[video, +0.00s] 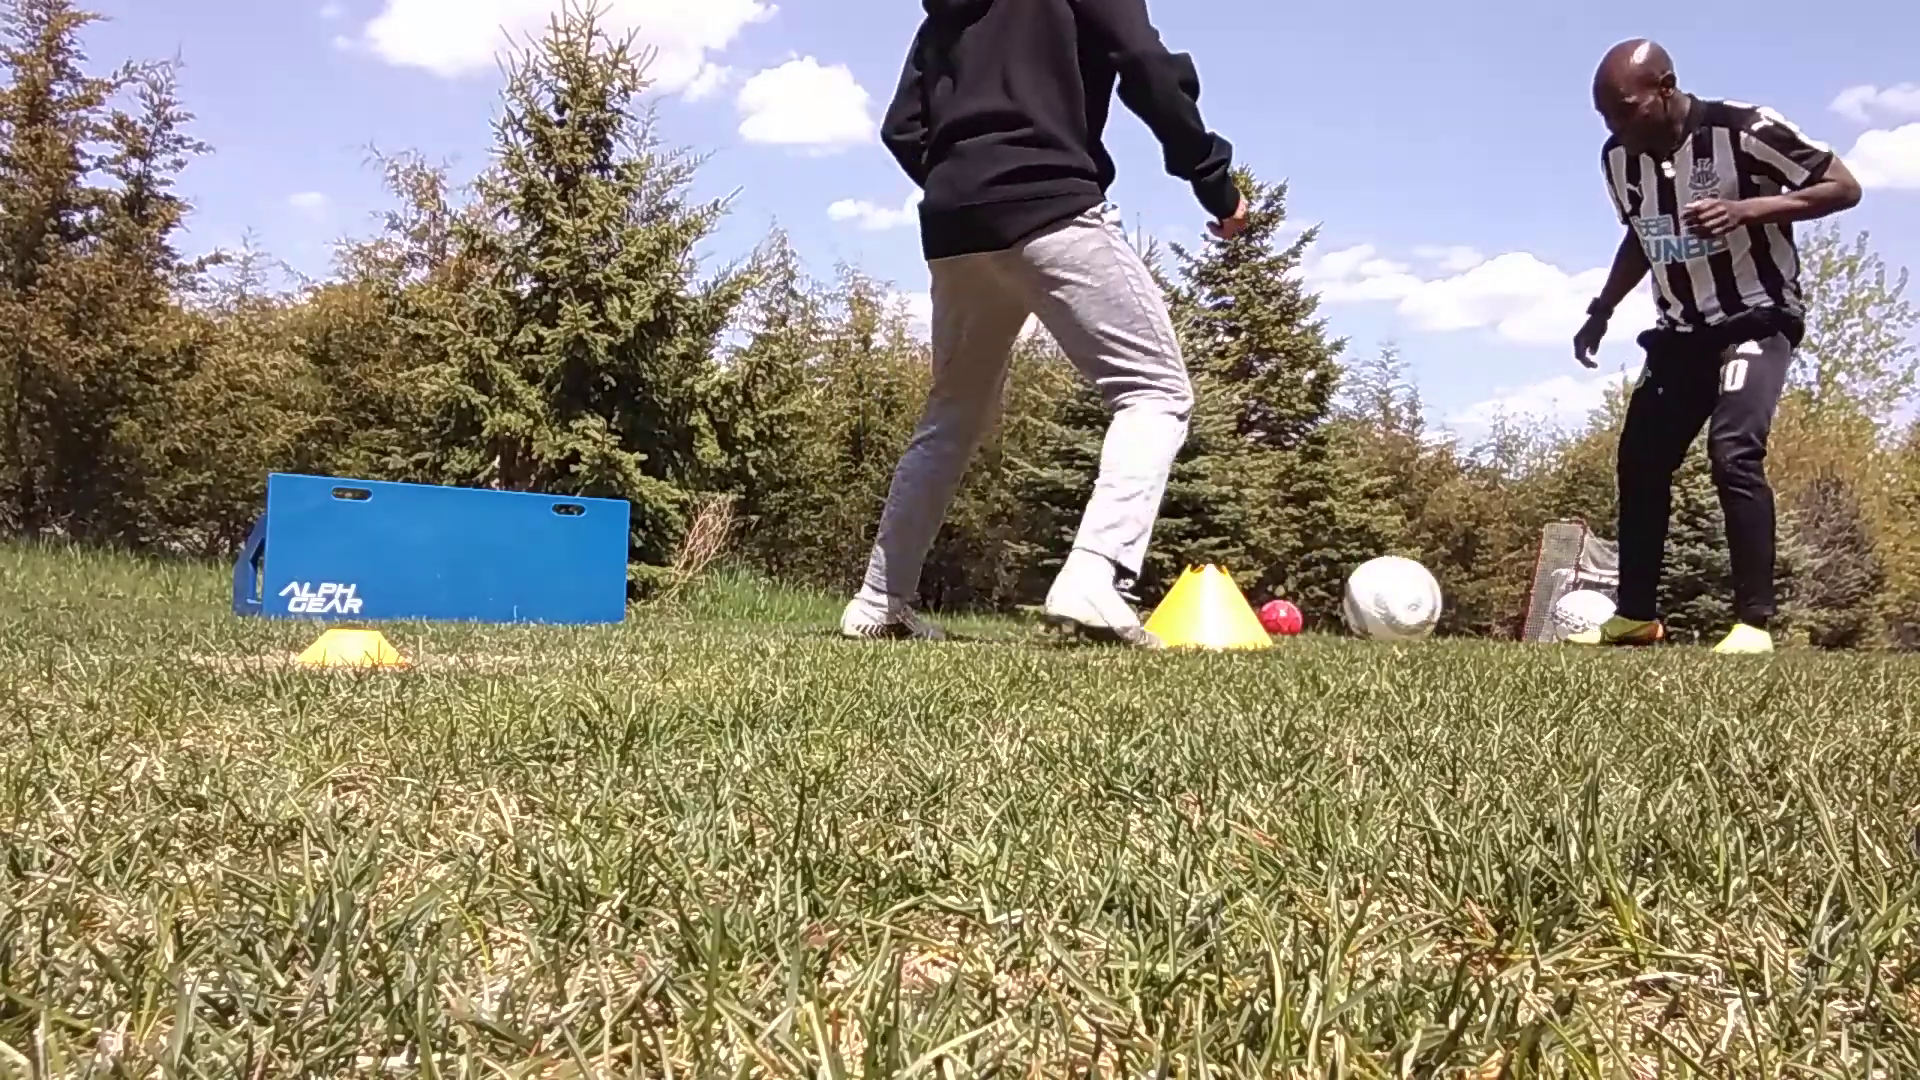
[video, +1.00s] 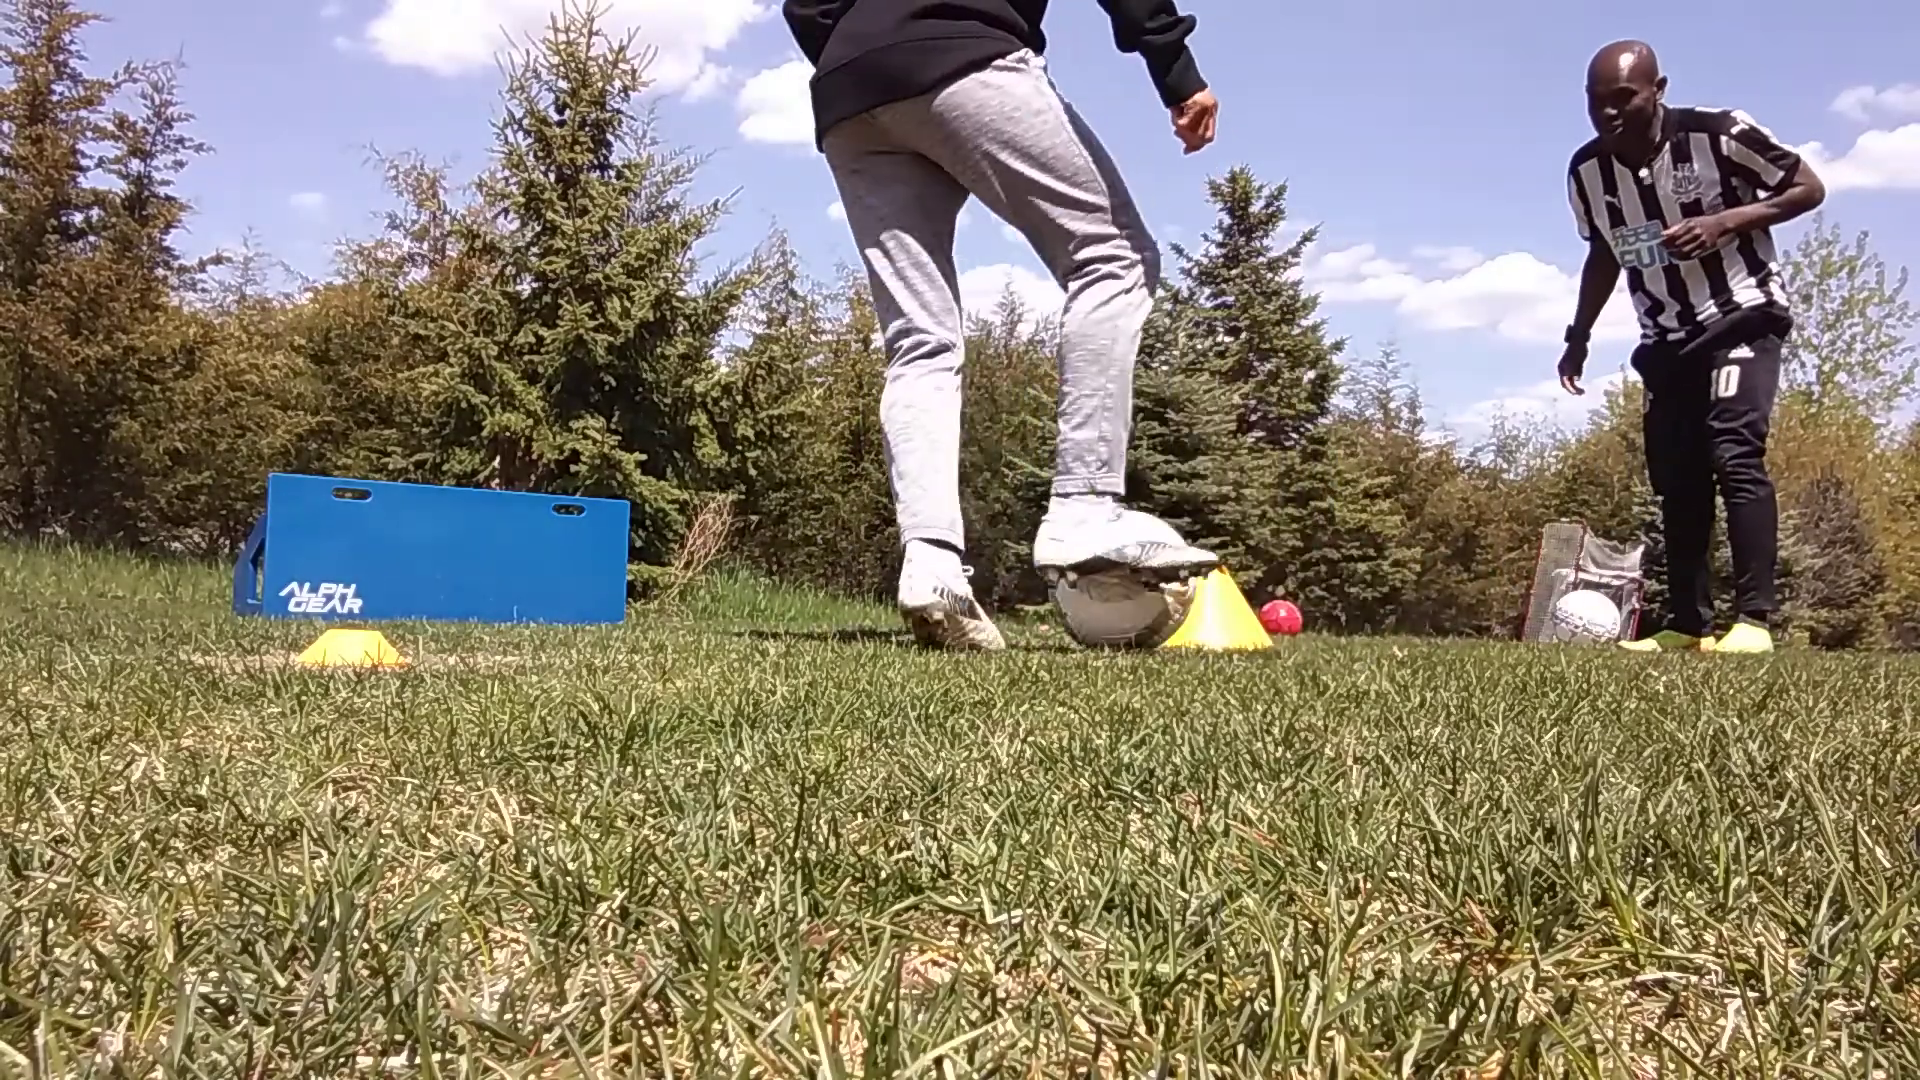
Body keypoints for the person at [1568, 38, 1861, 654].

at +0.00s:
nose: (1612, 128)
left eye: (1620, 112)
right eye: (1606, 115)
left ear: (1663, 93)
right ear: (1612, 106)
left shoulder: (1745, 129)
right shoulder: (1620, 158)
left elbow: (1844, 187)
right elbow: (1643, 236)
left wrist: (1747, 207)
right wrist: (1601, 310)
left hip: (1755, 323)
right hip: (1682, 333)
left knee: (1733, 453)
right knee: (1640, 459)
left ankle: (1753, 624)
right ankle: (1637, 615)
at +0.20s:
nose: (1621, 163)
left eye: (1628, 149)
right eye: (1614, 151)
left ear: (1669, 125)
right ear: (1610, 136)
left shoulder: (1749, 137)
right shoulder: (1627, 189)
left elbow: (1859, 175)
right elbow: (1656, 268)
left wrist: (1766, 218)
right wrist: (1614, 350)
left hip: (1786, 320)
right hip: (1707, 330)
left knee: (1739, 454)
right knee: (1602, 422)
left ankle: (1756, 626)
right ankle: (1633, 574)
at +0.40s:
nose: (1615, 157)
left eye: (1624, 143)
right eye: (1610, 144)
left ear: (1665, 123)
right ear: (1608, 132)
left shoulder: (1738, 139)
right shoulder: (1623, 182)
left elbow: (1849, 179)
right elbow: (1668, 253)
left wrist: (1753, 221)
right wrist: (1648, 339)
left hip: (1780, 318)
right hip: (1705, 334)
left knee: (1740, 450)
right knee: (1645, 455)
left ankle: (1756, 623)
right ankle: (1677, 615)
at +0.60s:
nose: (1609, 141)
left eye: (1623, 126)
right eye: (1600, 127)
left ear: (1659, 110)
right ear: (1588, 119)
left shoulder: (1723, 143)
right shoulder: (1598, 185)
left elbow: (1824, 185)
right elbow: (1629, 261)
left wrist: (1736, 227)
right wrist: (1617, 346)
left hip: (1760, 317)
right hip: (1685, 336)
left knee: (1735, 451)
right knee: (1672, 475)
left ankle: (1754, 621)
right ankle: (1688, 623)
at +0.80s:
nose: (1606, 131)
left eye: (1620, 115)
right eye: (1595, 118)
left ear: (1655, 103)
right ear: (1586, 115)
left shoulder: (1718, 140)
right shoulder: (1589, 179)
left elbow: (1811, 187)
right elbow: (1612, 256)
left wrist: (1725, 226)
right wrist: (1586, 330)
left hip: (1748, 324)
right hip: (1673, 340)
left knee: (1739, 457)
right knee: (1674, 477)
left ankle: (1754, 621)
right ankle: (1687, 625)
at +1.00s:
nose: (1607, 114)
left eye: (1621, 100)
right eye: (1597, 103)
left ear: (1657, 92)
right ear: (1587, 102)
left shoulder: (1721, 133)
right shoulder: (1588, 171)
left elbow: (1808, 188)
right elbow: (1604, 253)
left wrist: (1725, 220)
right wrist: (1580, 333)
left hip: (1742, 319)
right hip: (1667, 338)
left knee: (1735, 457)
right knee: (1677, 479)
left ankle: (1754, 622)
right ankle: (1689, 625)